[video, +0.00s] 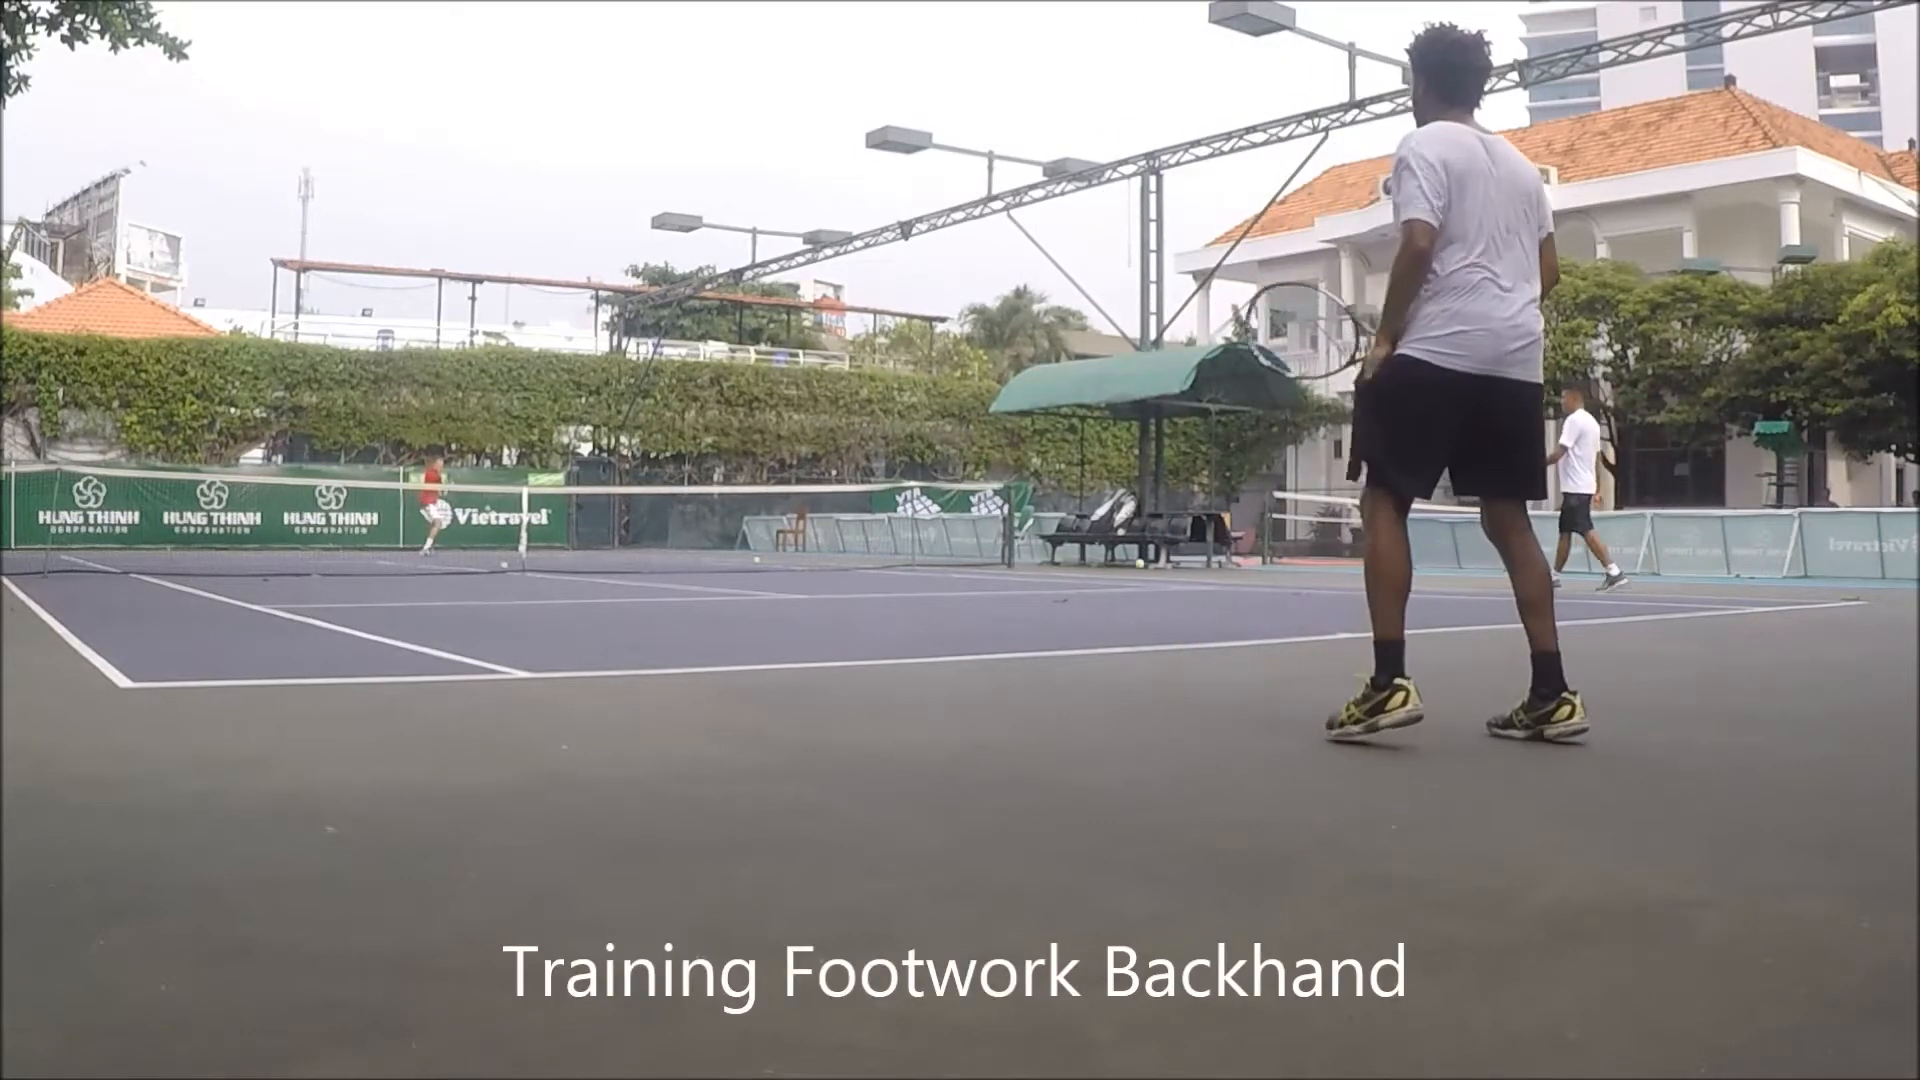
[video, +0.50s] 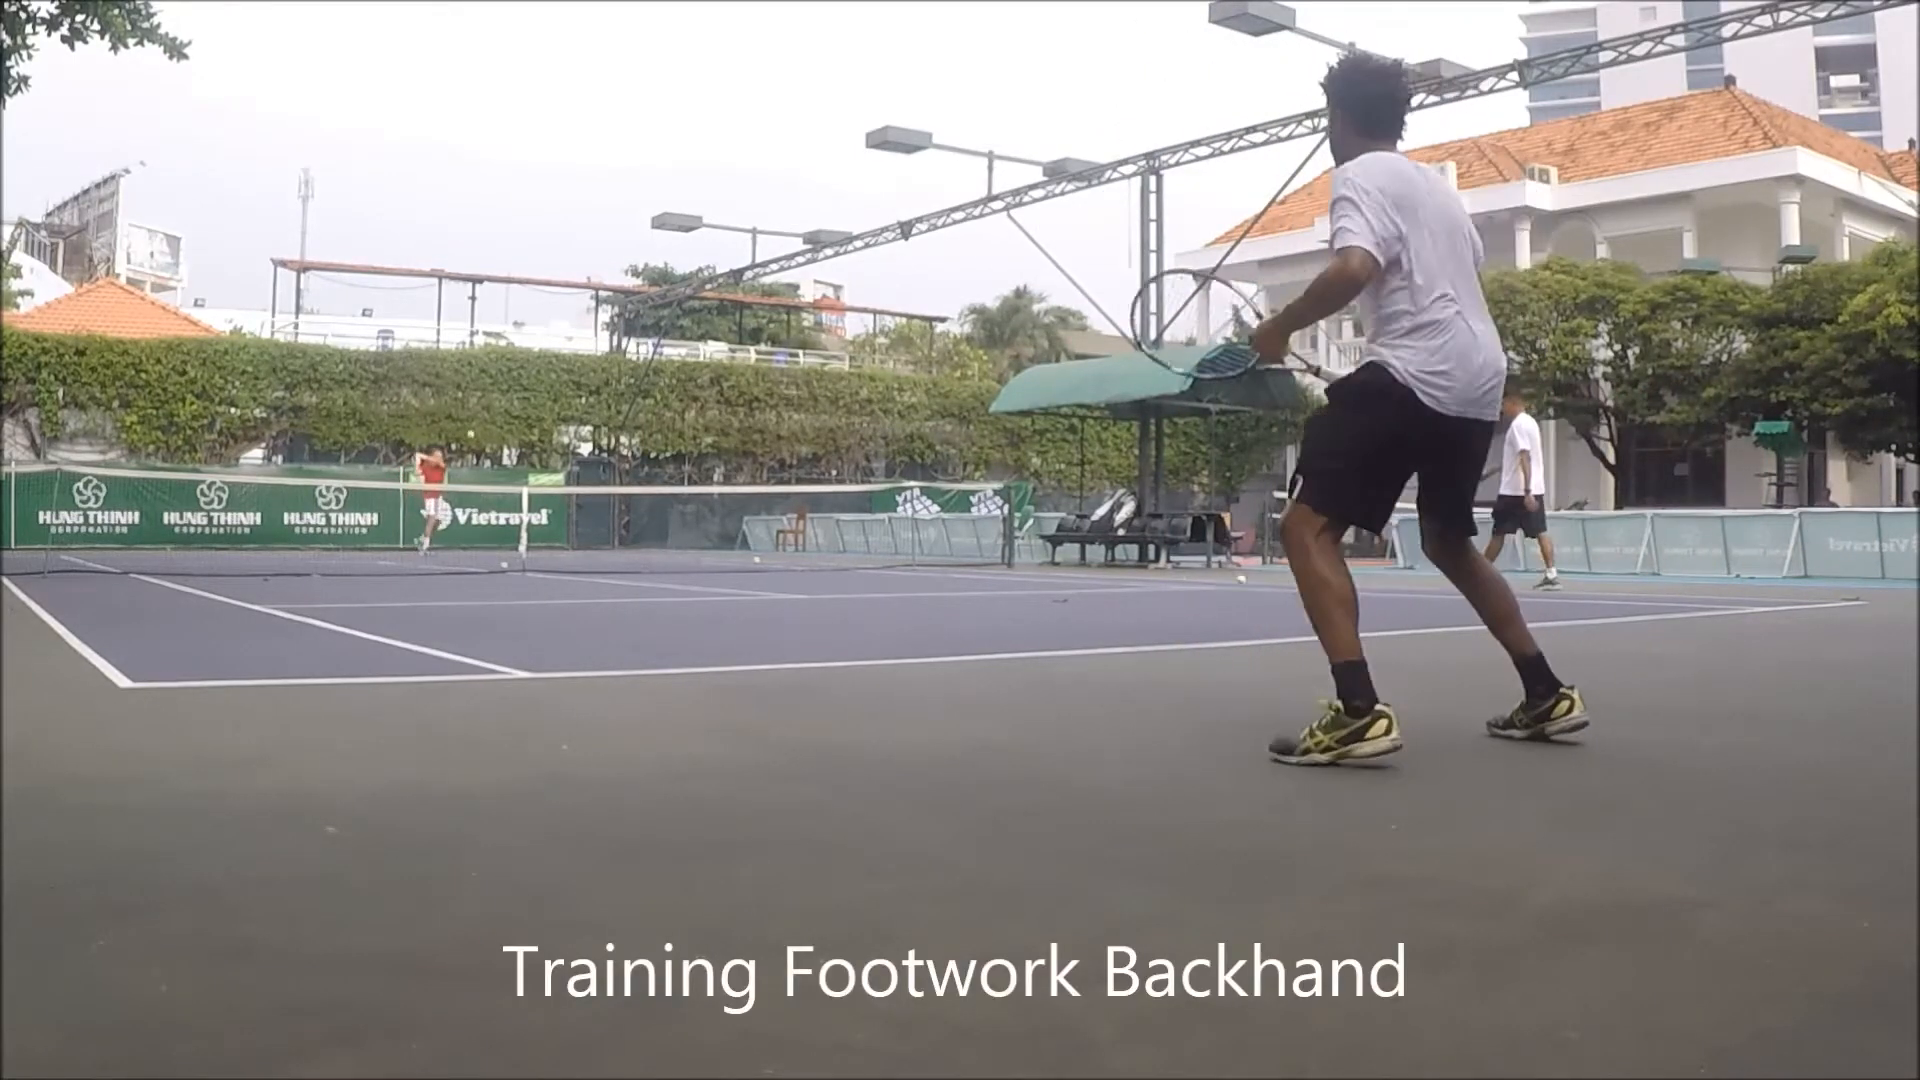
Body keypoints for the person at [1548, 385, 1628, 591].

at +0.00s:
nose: (1561, 402)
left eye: (1564, 398)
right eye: (1562, 398)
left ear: (1574, 399)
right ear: (1578, 400)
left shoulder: (1574, 420)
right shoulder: (1592, 422)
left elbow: (1559, 452)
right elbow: (1596, 460)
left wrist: (1539, 465)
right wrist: (1597, 489)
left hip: (1576, 489)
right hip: (1584, 488)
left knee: (1588, 532)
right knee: (1565, 532)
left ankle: (1613, 572)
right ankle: (1554, 575)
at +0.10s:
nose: (1551, 403)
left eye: (1553, 399)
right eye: (1552, 399)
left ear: (1561, 400)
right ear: (1568, 401)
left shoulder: (1563, 420)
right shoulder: (1578, 420)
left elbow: (1552, 453)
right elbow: (1577, 454)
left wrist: (1535, 467)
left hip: (1561, 486)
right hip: (1572, 486)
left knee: (1559, 532)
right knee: (1557, 531)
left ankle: (1594, 560)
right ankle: (1554, 574)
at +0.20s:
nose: (1538, 401)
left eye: (1540, 396)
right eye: (1538, 397)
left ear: (1550, 397)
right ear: (1555, 398)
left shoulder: (1553, 418)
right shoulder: (1566, 418)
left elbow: (1547, 451)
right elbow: (1564, 452)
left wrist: (1532, 473)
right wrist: (1546, 472)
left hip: (1548, 484)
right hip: (1563, 484)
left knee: (1533, 526)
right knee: (1551, 531)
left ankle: (1566, 556)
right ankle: (1554, 572)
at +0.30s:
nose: (1530, 404)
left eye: (1531, 399)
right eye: (1530, 399)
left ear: (1539, 399)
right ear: (1547, 399)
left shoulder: (1544, 419)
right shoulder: (1555, 418)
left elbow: (1541, 452)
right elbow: (1553, 452)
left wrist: (1532, 484)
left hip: (1540, 484)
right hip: (1555, 484)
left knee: (1521, 526)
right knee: (1551, 531)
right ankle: (1553, 572)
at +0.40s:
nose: (1515, 408)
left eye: (1516, 404)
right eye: (1515, 404)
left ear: (1525, 403)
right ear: (1533, 403)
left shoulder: (1531, 421)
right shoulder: (1543, 419)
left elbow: (1534, 454)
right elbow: (1542, 455)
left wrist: (1533, 488)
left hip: (1523, 486)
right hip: (1544, 486)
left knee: (1508, 527)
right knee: (1547, 532)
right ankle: (1552, 573)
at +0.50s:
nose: (1501, 409)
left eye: (1503, 404)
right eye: (1501, 404)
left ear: (1512, 402)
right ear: (1517, 402)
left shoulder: (1518, 424)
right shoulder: (1529, 422)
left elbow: (1524, 457)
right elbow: (1528, 458)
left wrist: (1528, 491)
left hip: (1513, 491)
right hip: (1533, 491)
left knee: (1498, 536)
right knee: (1541, 534)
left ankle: (1479, 573)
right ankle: (1551, 574)